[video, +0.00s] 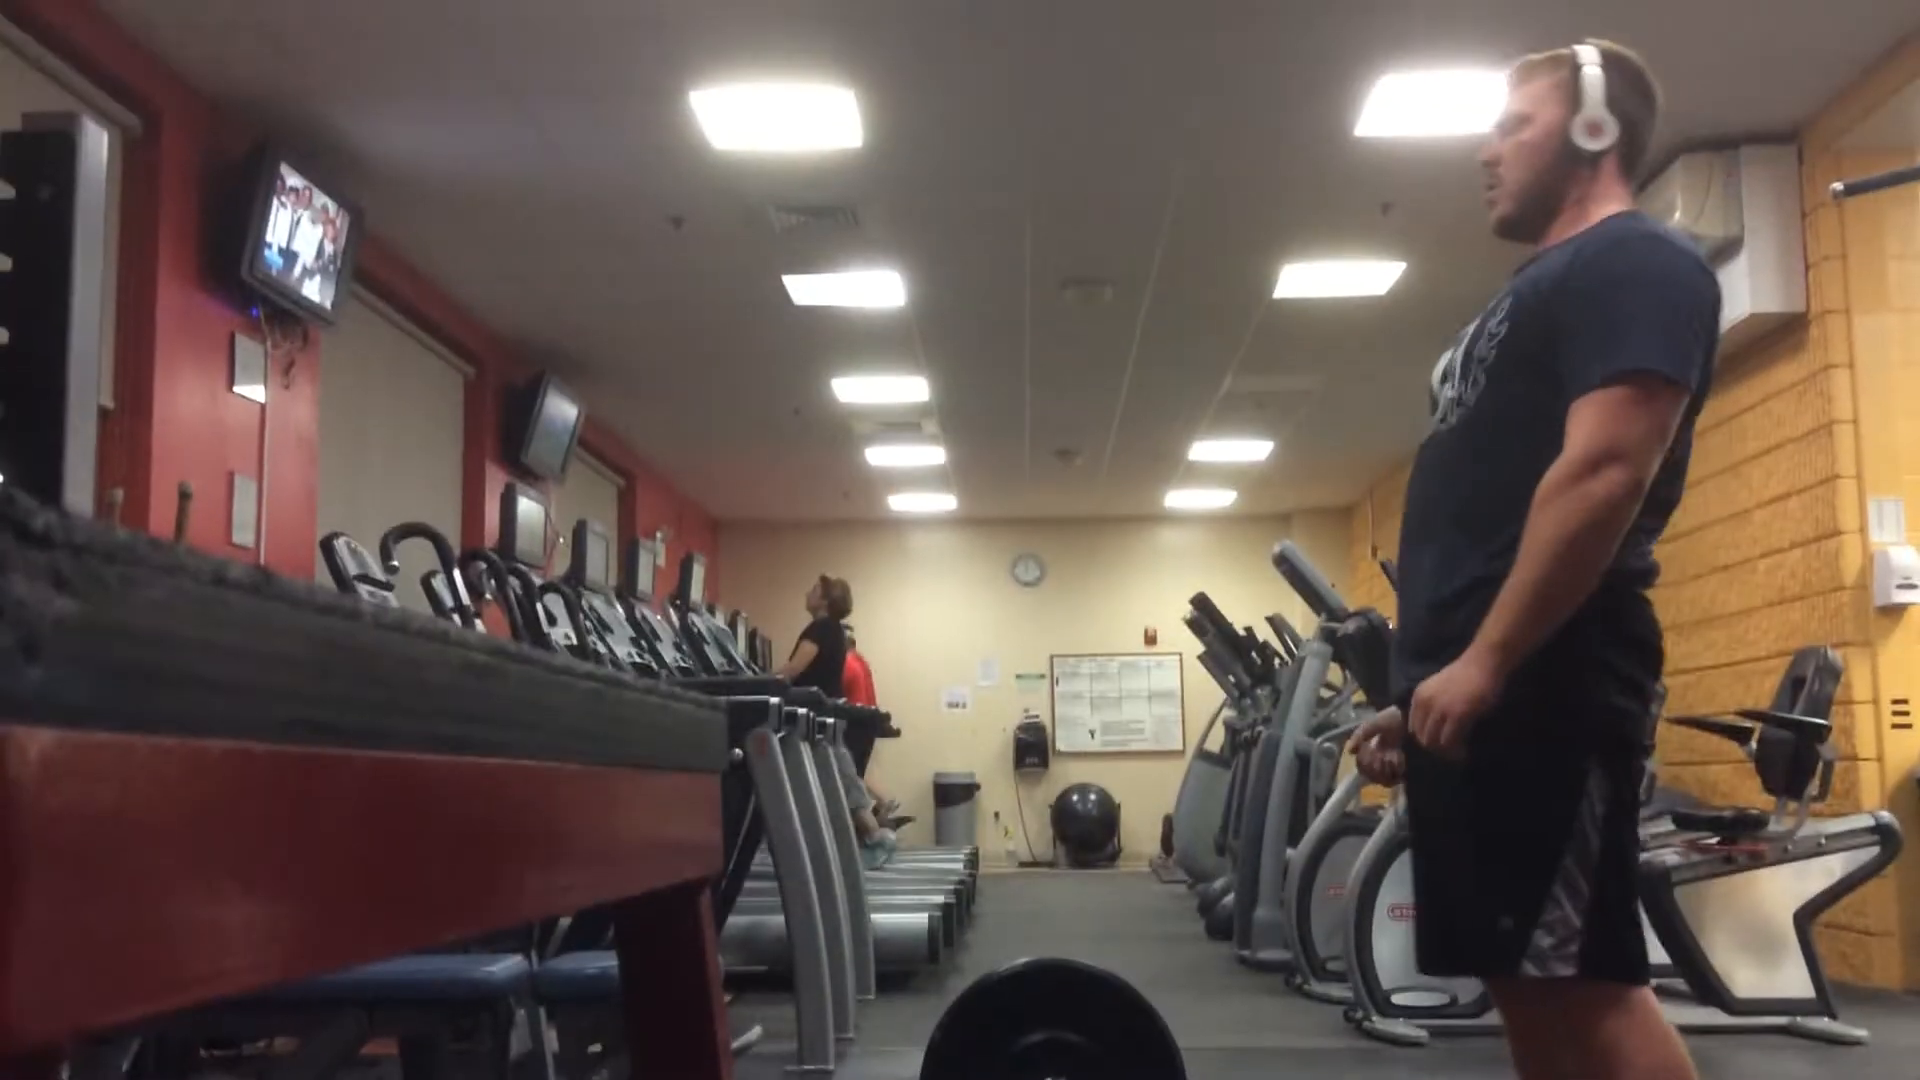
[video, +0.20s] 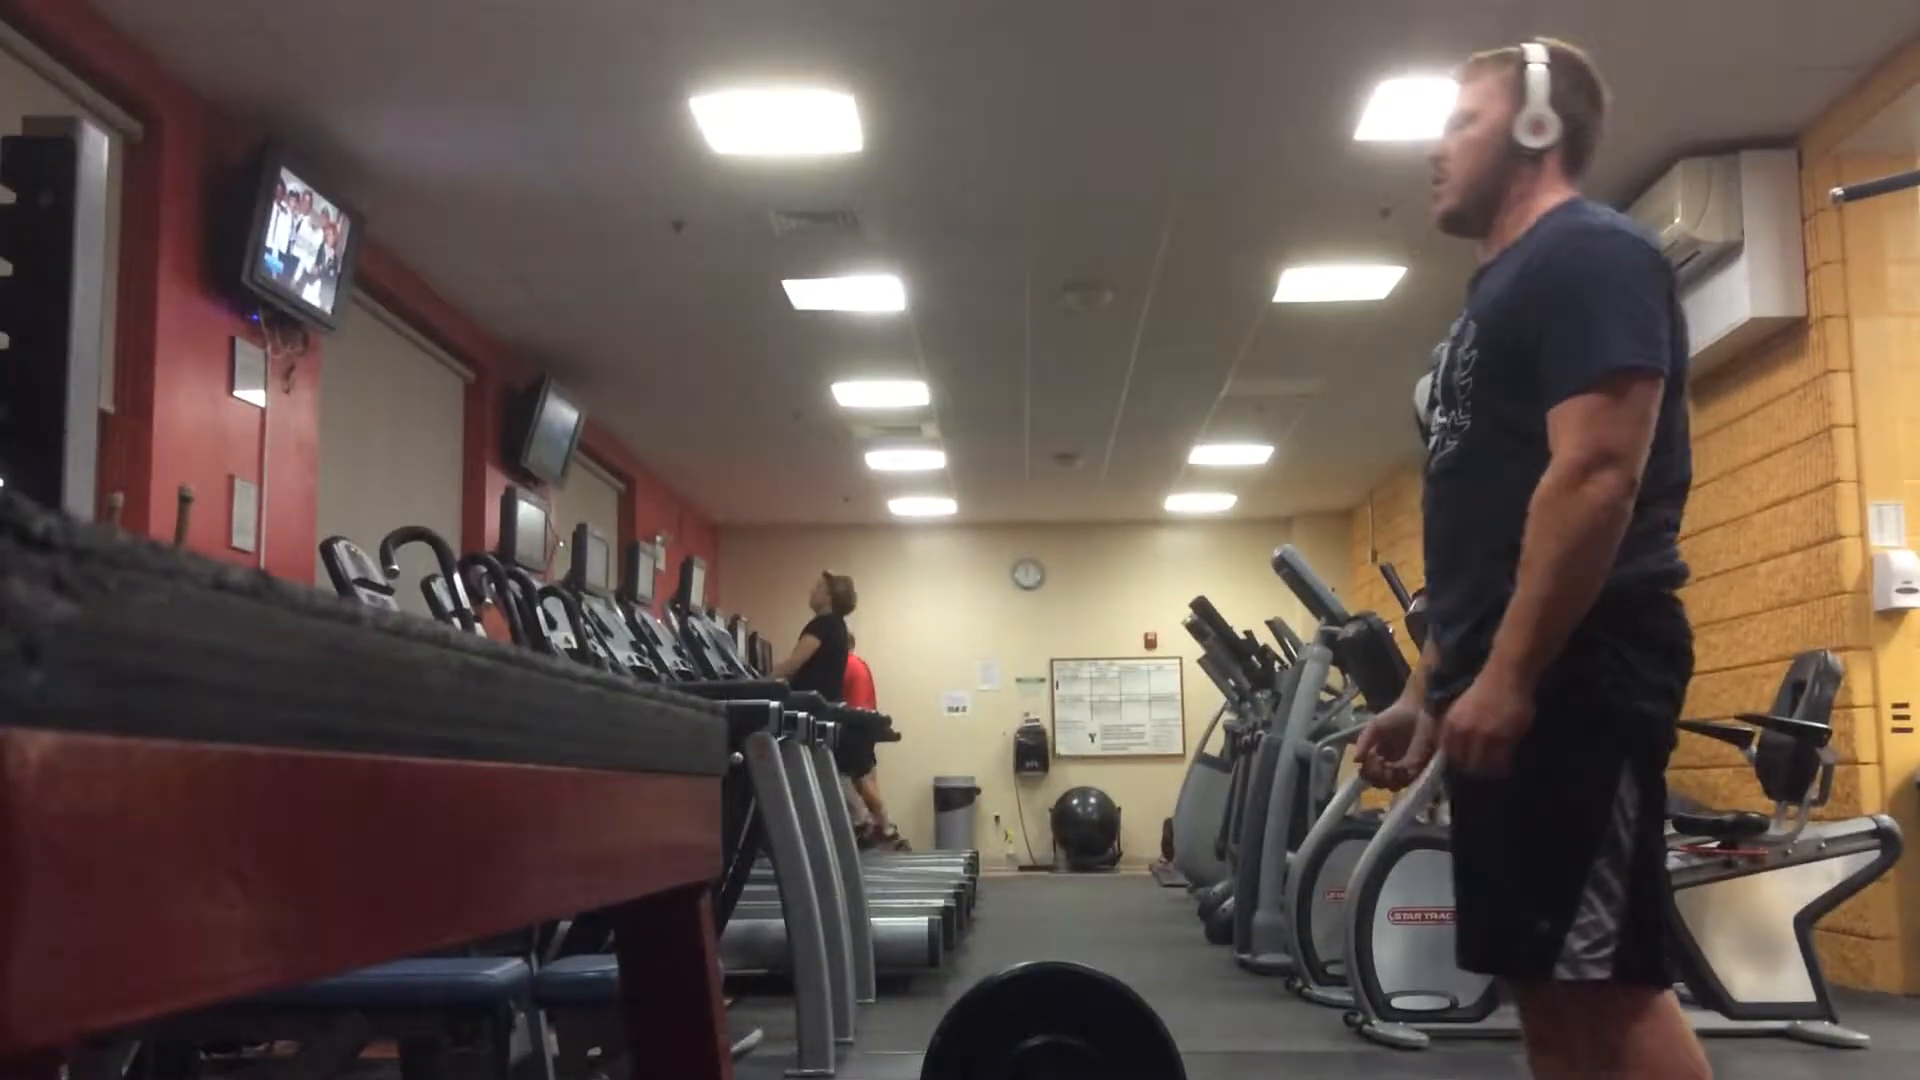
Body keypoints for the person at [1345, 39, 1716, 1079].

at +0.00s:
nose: (1486, 148)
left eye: (1512, 122)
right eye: (1495, 126)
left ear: (1590, 133)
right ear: (1576, 139)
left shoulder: (1633, 256)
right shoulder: (1528, 295)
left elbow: (1604, 474)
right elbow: (1484, 516)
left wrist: (1483, 660)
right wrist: (1414, 696)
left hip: (1557, 664)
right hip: (1489, 674)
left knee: (1590, 992)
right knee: (1523, 986)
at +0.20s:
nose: (1434, 145)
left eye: (1461, 120)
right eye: (1442, 122)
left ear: (1535, 133)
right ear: (1528, 138)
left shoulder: (1586, 248)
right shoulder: (1498, 287)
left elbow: (1597, 474)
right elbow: (1488, 518)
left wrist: (1507, 674)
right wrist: (1424, 690)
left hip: (1586, 658)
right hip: (1527, 668)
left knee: (1602, 997)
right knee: (1552, 987)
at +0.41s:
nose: (1404, 157)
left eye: (1429, 131)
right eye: (1413, 135)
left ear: (1502, 139)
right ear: (1488, 146)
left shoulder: (1570, 252)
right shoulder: (1472, 314)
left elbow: (1595, 471)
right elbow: (1476, 541)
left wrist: (1506, 667)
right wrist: (1422, 697)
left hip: (1606, 641)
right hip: (1544, 655)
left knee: (1573, 974)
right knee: (1568, 968)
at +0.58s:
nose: (1403, 173)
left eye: (1428, 149)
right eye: (1408, 154)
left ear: (1501, 158)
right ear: (1489, 166)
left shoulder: (1581, 255)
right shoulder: (1465, 343)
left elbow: (1613, 460)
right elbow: (1470, 551)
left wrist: (1491, 637)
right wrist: (1434, 701)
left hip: (1637, 630)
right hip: (1564, 644)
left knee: (1495, 890)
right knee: (1588, 931)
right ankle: (1629, 1072)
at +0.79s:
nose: (1441, 172)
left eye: (1466, 148)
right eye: (1446, 153)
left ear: (1542, 156)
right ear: (1524, 164)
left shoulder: (1617, 248)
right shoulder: (1504, 322)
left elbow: (1643, 446)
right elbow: (1517, 537)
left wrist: (1492, 602)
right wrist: (1451, 706)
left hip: (1659, 637)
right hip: (1572, 649)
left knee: (1599, 953)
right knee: (1580, 951)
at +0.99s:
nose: (1503, 155)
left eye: (1530, 129)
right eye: (1511, 134)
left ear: (1608, 140)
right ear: (1592, 145)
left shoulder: (1683, 243)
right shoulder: (1554, 312)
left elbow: (1702, 448)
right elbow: (1563, 523)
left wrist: (1524, 603)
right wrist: (1506, 693)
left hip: (1734, 651)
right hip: (1603, 682)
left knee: (1809, 998)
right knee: (1611, 988)